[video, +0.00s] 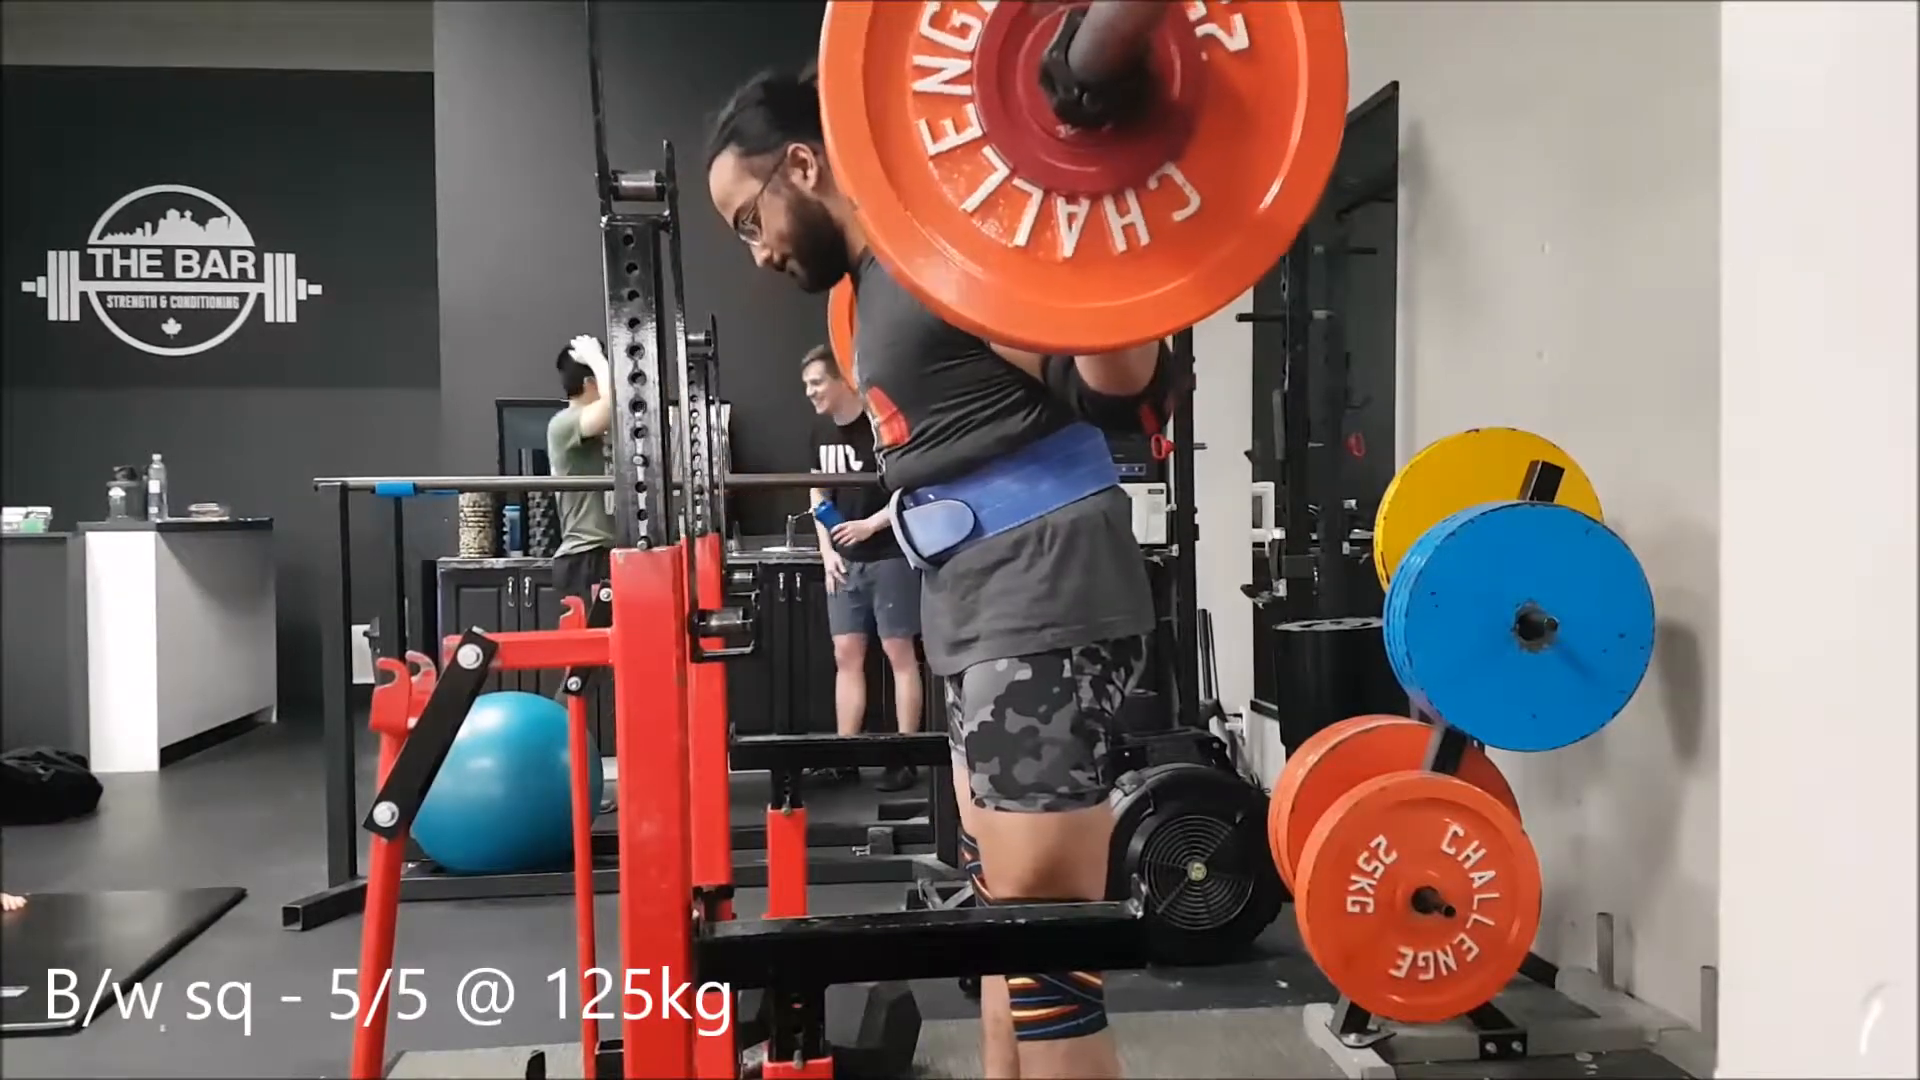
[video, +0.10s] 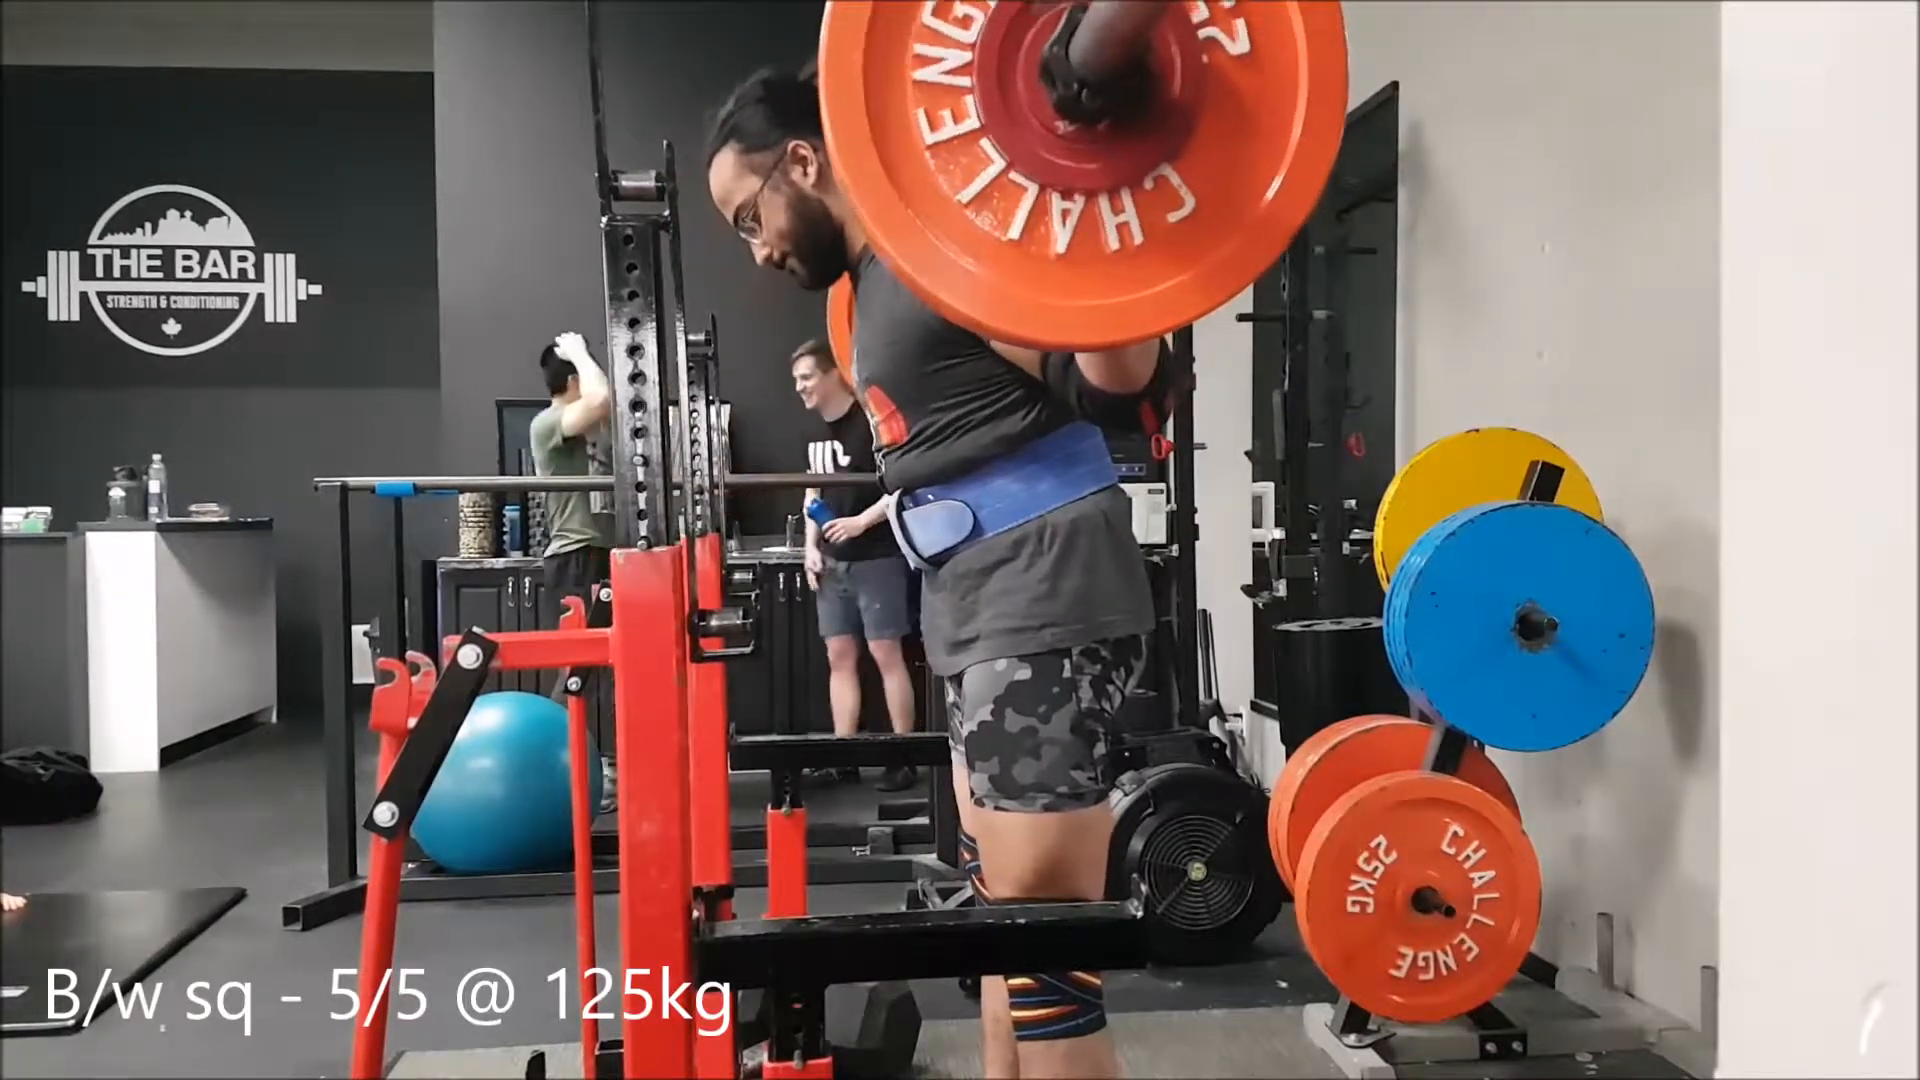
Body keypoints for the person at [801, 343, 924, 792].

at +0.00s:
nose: (811, 392)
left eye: (818, 383)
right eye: (807, 386)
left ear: (846, 380)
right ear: (811, 389)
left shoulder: (888, 427)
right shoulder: (823, 434)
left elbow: (915, 490)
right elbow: (819, 499)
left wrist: (872, 523)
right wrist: (827, 552)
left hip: (890, 556)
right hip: (844, 559)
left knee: (899, 652)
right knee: (846, 652)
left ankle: (905, 756)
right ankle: (845, 755)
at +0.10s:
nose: (801, 387)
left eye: (808, 377)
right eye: (797, 380)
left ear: (836, 374)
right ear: (801, 385)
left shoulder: (876, 424)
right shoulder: (817, 433)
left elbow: (907, 486)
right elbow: (814, 493)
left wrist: (863, 520)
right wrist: (810, 545)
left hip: (877, 557)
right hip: (831, 559)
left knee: (886, 653)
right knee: (840, 654)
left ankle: (902, 756)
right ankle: (843, 756)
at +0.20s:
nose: (793, 384)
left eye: (800, 374)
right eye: (789, 377)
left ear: (827, 372)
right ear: (795, 380)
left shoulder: (866, 422)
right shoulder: (809, 428)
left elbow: (895, 484)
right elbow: (803, 493)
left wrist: (847, 518)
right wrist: (791, 540)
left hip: (863, 559)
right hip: (818, 560)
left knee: (863, 655)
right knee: (831, 656)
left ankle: (896, 754)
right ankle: (841, 756)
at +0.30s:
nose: (786, 382)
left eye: (793, 373)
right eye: (783, 375)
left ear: (820, 371)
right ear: (789, 378)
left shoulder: (857, 421)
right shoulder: (800, 428)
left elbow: (882, 488)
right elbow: (792, 489)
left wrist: (827, 514)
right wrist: (774, 526)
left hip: (851, 556)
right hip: (811, 557)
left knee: (838, 652)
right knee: (825, 657)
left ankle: (876, 749)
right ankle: (840, 753)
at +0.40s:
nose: (778, 380)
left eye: (786, 370)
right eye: (775, 373)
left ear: (814, 370)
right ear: (780, 379)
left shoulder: (846, 420)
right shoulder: (790, 429)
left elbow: (871, 488)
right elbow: (784, 488)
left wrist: (810, 511)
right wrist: (763, 514)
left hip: (840, 552)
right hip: (799, 554)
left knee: (818, 649)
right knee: (815, 656)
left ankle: (841, 759)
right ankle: (835, 759)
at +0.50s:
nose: (770, 380)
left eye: (778, 370)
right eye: (768, 372)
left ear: (805, 370)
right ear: (774, 378)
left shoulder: (833, 423)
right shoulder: (781, 429)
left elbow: (858, 489)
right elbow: (778, 486)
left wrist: (792, 510)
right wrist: (756, 506)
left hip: (827, 552)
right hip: (790, 553)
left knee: (801, 650)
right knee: (821, 657)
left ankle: (801, 760)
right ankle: (841, 755)